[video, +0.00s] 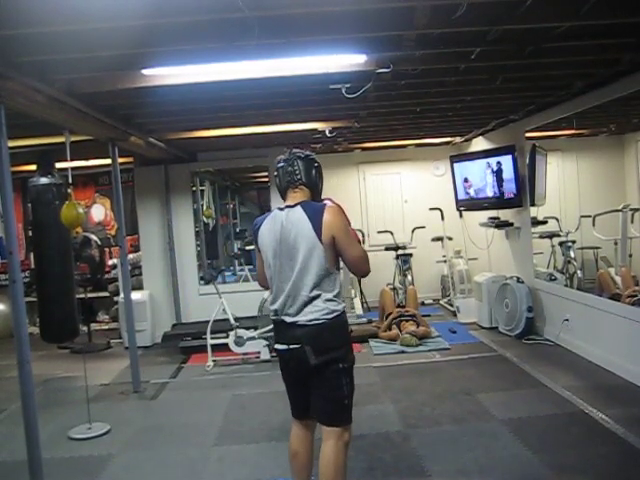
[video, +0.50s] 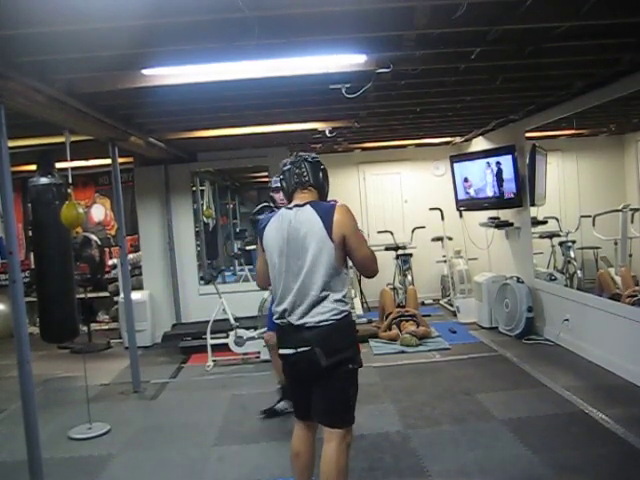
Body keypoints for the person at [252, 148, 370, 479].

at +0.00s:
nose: (319, 182)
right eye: (317, 177)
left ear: (279, 184)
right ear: (313, 179)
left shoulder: (264, 226)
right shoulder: (327, 213)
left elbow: (263, 280)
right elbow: (361, 268)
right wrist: (353, 241)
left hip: (285, 337)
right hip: (327, 336)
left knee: (301, 422)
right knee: (335, 430)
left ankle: (300, 476)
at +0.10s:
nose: (320, 182)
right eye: (319, 177)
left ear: (280, 184)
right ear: (315, 179)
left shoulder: (265, 226)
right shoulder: (329, 213)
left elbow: (265, 280)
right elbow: (362, 267)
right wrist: (354, 238)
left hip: (286, 337)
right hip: (328, 336)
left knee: (301, 423)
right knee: (336, 431)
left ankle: (300, 476)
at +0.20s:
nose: (322, 182)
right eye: (320, 177)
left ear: (282, 184)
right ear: (317, 179)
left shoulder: (266, 225)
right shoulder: (331, 213)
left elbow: (266, 280)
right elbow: (365, 267)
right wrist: (352, 235)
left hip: (288, 339)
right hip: (330, 337)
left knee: (302, 423)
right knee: (336, 432)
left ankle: (300, 476)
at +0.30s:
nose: (324, 182)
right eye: (322, 177)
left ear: (284, 184)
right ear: (319, 179)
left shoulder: (268, 225)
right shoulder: (334, 213)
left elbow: (267, 281)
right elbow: (368, 267)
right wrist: (345, 232)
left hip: (290, 339)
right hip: (334, 338)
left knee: (303, 424)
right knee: (337, 433)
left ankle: (301, 477)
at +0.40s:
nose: (325, 185)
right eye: (324, 179)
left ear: (284, 186)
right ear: (321, 181)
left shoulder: (270, 226)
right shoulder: (337, 214)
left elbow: (267, 281)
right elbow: (370, 269)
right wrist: (347, 240)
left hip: (291, 340)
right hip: (335, 338)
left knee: (304, 423)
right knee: (337, 431)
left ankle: (301, 476)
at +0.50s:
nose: (326, 186)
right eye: (324, 181)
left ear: (286, 186)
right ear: (321, 182)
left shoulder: (270, 227)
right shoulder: (336, 213)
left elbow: (263, 280)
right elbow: (370, 268)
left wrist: (292, 254)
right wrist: (347, 240)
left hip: (290, 340)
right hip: (333, 338)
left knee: (303, 423)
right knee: (336, 432)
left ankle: (301, 476)